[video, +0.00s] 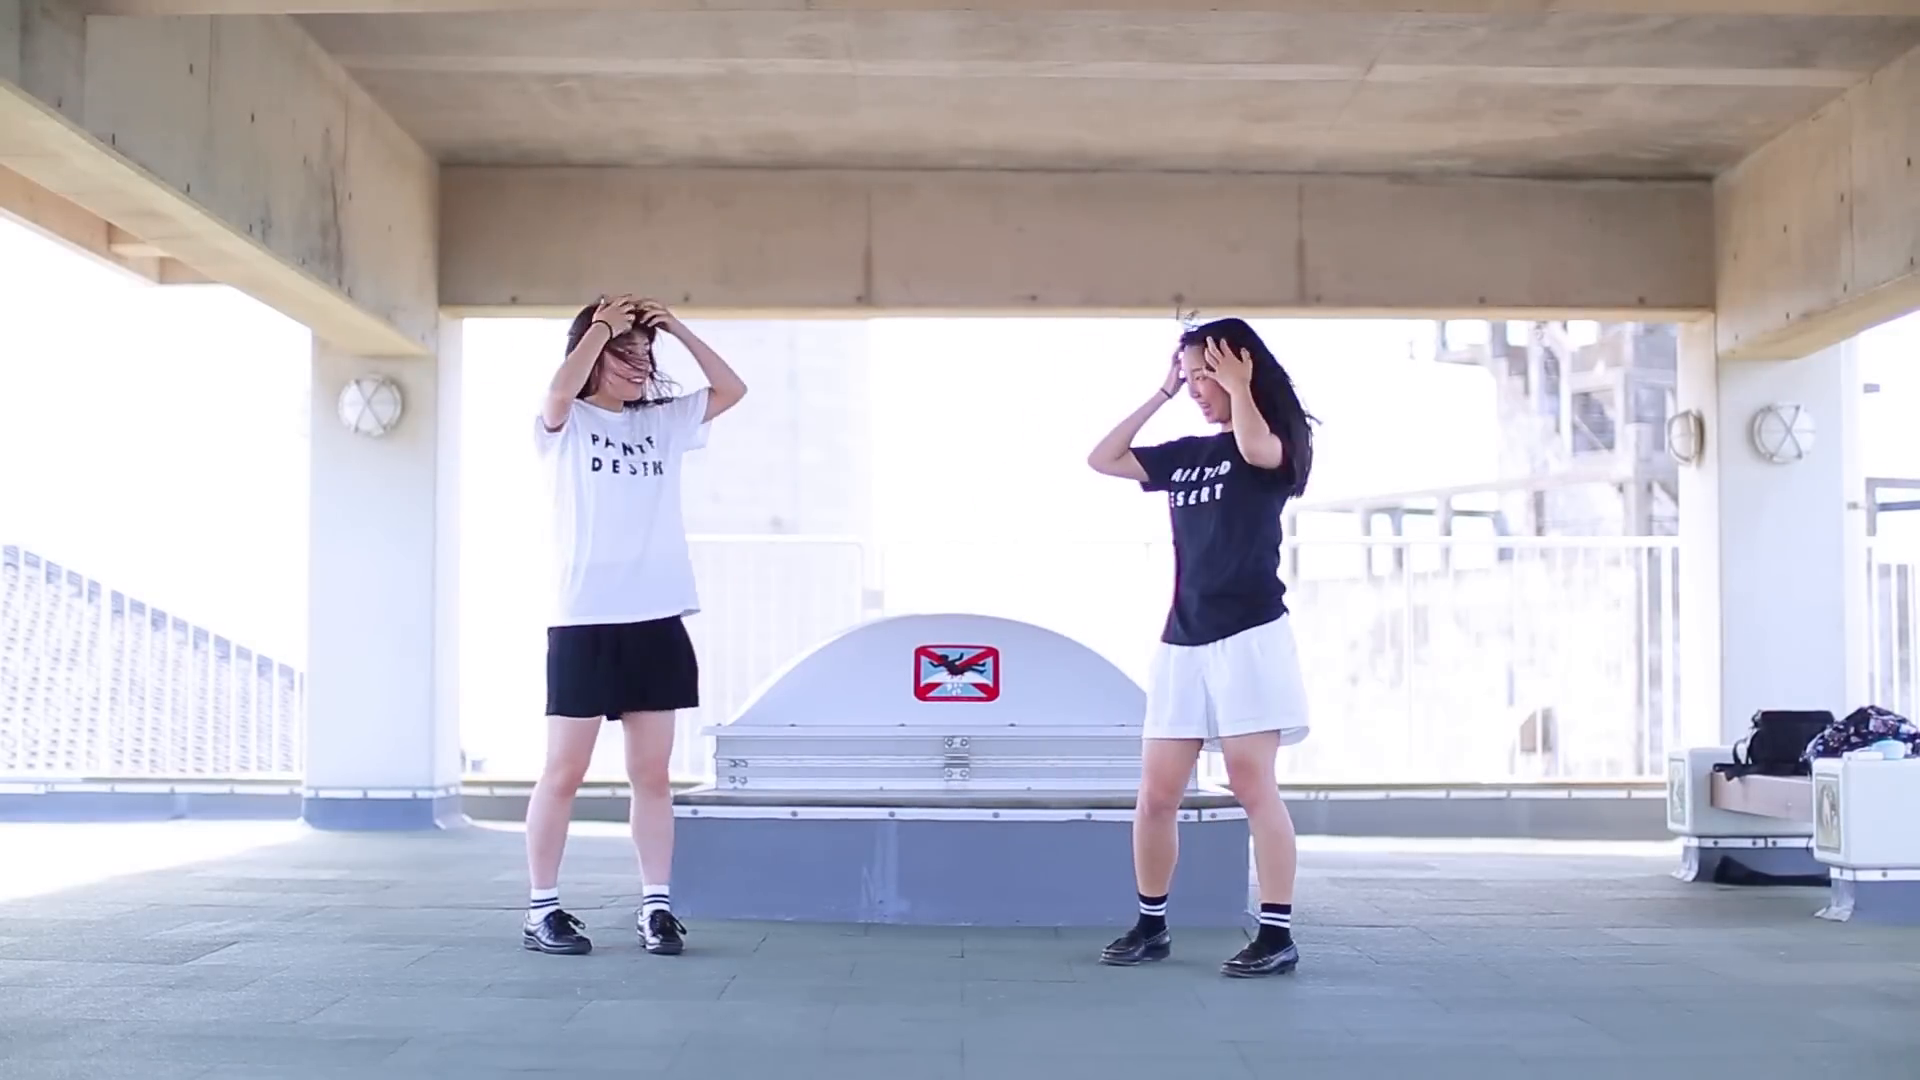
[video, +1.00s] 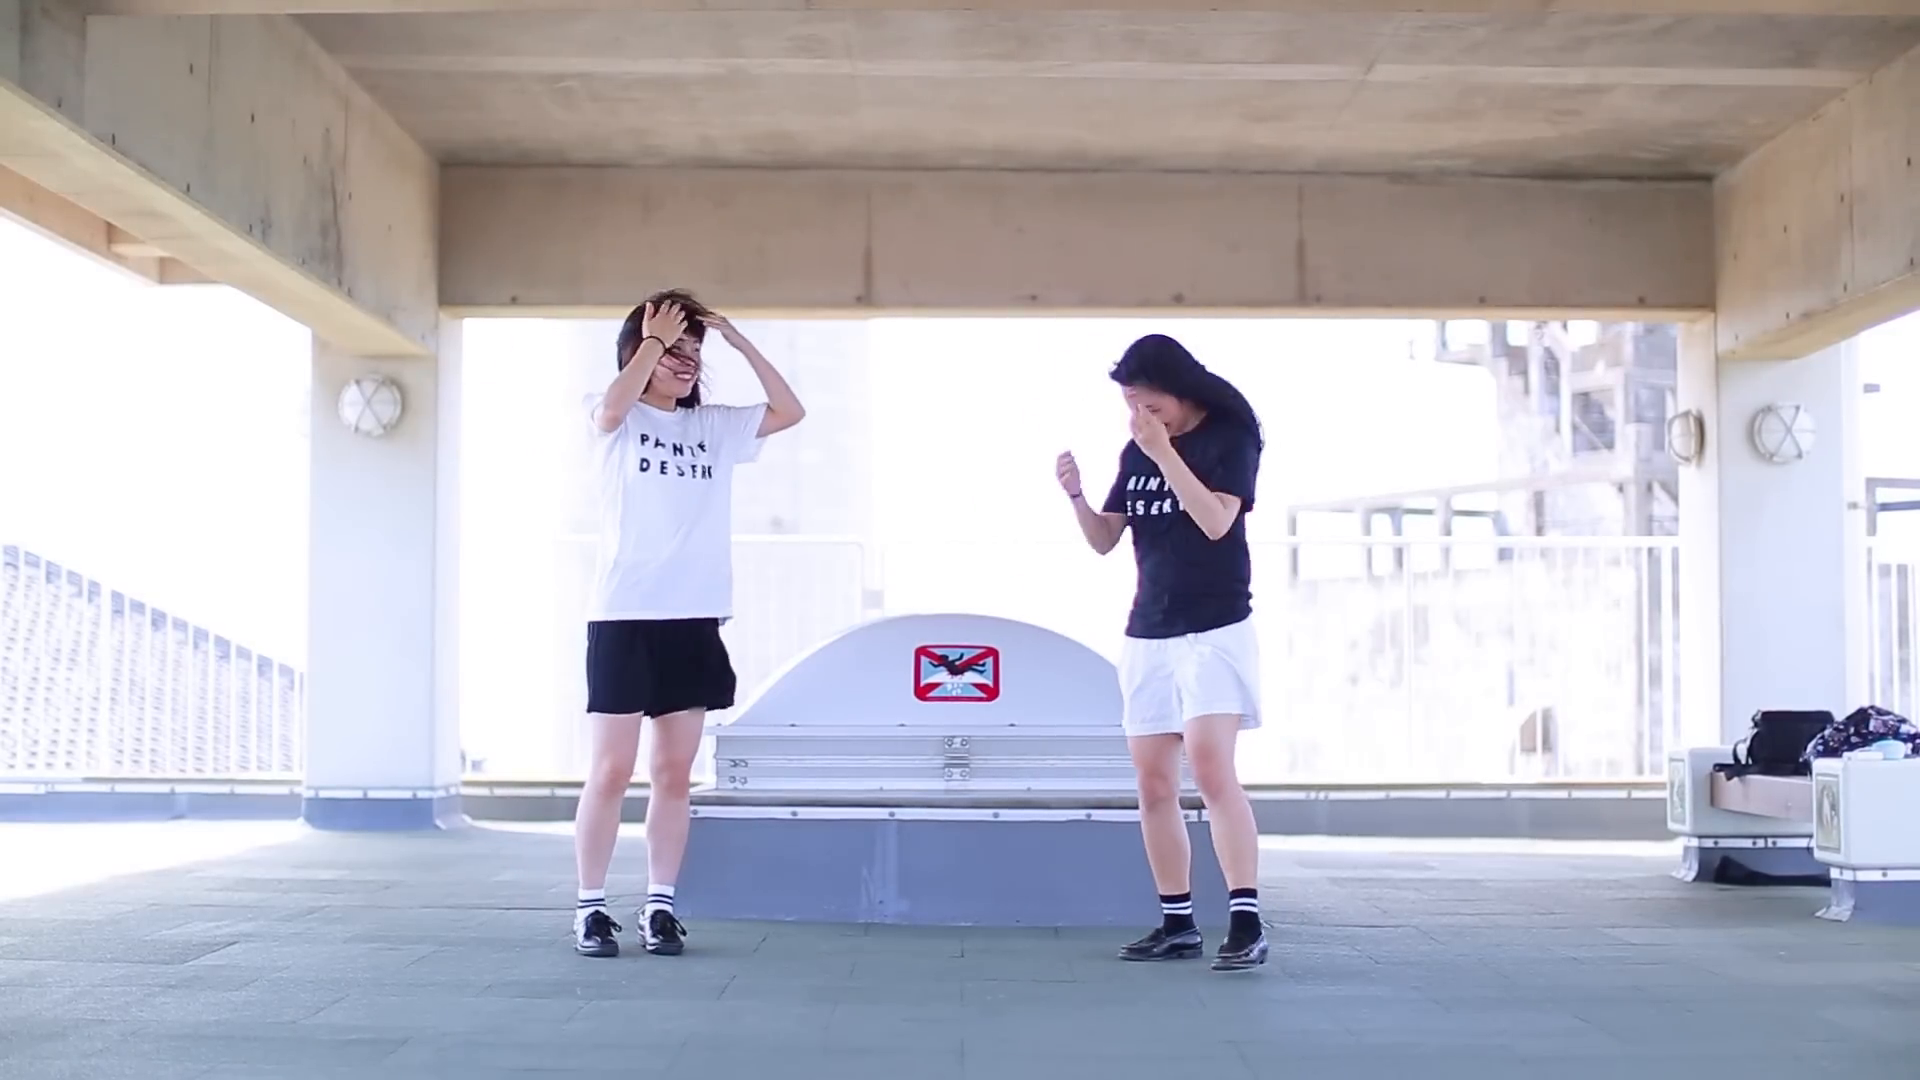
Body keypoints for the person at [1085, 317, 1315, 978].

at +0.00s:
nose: (1196, 393)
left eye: (1205, 379)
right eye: (1189, 383)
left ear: (1242, 377)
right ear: (1189, 386)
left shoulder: (1282, 442)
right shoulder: (1187, 453)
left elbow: (1258, 451)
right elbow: (1105, 458)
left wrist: (1244, 387)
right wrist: (1161, 396)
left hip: (1251, 637)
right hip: (1182, 642)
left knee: (1253, 786)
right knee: (1156, 796)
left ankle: (1275, 936)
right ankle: (1150, 926)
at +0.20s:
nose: (1196, 391)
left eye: (1203, 378)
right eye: (1193, 381)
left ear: (1243, 372)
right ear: (1211, 384)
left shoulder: (1292, 441)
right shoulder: (1210, 454)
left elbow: (1265, 472)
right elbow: (1133, 475)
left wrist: (1258, 397)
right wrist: (1176, 412)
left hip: (1262, 637)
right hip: (1198, 642)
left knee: (1264, 784)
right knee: (1169, 790)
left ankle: (1276, 936)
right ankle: (1184, 927)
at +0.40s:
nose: (1194, 389)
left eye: (1201, 374)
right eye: (1191, 377)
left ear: (1237, 371)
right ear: (1213, 379)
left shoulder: (1286, 437)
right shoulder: (1211, 455)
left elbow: (1283, 523)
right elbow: (1176, 541)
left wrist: (1239, 442)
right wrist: (1145, 467)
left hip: (1259, 636)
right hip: (1197, 640)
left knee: (1258, 782)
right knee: (1173, 794)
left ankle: (1276, 936)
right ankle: (1195, 920)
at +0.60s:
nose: (1166, 383)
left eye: (1174, 370)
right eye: (1165, 371)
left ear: (1213, 373)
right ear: (1200, 377)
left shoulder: (1260, 439)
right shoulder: (1190, 455)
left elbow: (1291, 542)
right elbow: (1188, 560)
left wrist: (1233, 564)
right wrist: (1127, 611)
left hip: (1245, 639)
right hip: (1185, 643)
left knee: (1252, 782)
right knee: (1167, 793)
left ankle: (1275, 935)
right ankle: (1180, 925)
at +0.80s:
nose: (1140, 384)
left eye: (1150, 371)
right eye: (1135, 373)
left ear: (1187, 369)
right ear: (1139, 375)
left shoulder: (1230, 442)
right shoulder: (1157, 454)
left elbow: (1262, 543)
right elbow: (1169, 554)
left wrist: (1212, 589)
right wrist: (1131, 613)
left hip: (1223, 636)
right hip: (1160, 641)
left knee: (1227, 780)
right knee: (1157, 788)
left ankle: (1270, 930)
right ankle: (1178, 925)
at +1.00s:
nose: (1141, 415)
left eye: (1148, 403)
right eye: (1134, 405)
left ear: (1179, 390)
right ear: (1137, 399)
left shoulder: (1230, 436)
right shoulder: (1141, 446)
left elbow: (1216, 521)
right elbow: (1104, 539)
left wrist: (1161, 450)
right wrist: (1077, 496)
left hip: (1214, 632)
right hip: (1147, 637)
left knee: (1212, 772)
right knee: (1154, 785)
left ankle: (1246, 924)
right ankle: (1178, 927)